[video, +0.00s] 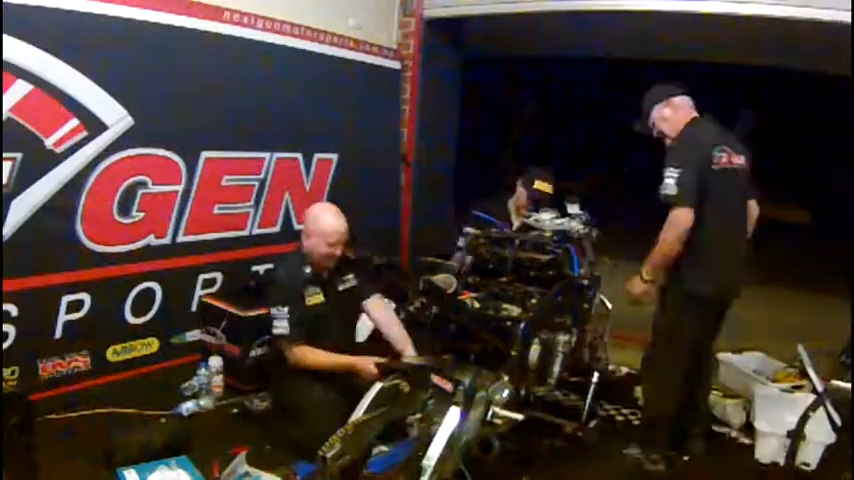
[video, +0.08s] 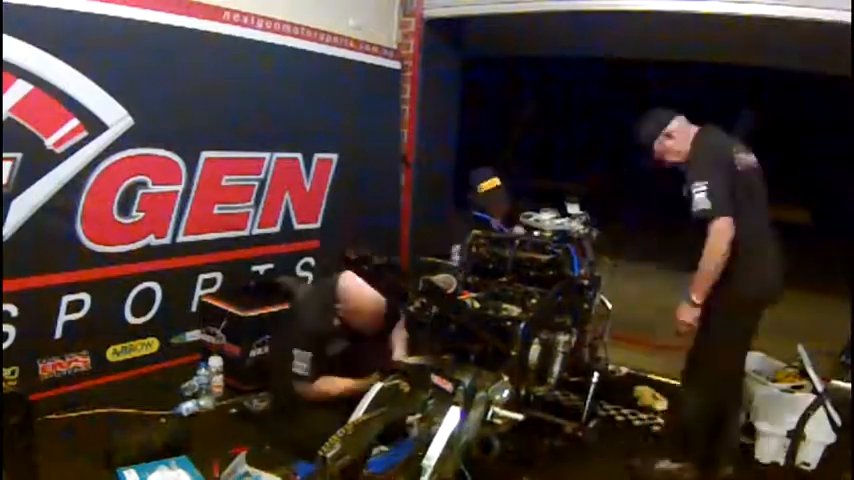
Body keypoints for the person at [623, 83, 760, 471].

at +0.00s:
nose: (660, 136)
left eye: (658, 126)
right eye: (657, 129)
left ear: (671, 109)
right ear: (686, 108)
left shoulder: (687, 144)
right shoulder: (731, 143)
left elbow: (682, 218)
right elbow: (750, 209)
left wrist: (647, 273)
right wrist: (729, 255)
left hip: (692, 277)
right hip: (722, 277)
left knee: (664, 361)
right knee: (696, 358)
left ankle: (655, 449)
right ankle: (689, 440)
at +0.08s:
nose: (668, 162)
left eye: (663, 154)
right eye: (662, 158)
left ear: (672, 135)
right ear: (675, 130)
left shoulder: (705, 155)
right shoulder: (724, 145)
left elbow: (722, 229)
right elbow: (736, 224)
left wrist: (693, 299)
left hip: (738, 284)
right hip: (752, 280)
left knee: (705, 372)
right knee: (723, 371)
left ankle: (695, 459)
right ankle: (716, 457)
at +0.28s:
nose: (624, 276)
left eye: (628, 271)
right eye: (626, 268)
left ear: (641, 282)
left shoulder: (656, 330)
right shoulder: (684, 276)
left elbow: (602, 405)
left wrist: (549, 453)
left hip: (697, 406)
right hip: (716, 383)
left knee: (645, 461)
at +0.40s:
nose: (651, 196)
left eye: (661, 191)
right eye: (655, 190)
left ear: (684, 204)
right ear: (683, 206)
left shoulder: (668, 244)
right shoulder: (691, 246)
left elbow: (621, 308)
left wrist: (588, 267)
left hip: (642, 381)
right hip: (667, 378)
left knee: (623, 458)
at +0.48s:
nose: (675, 260)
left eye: (681, 252)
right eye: (669, 252)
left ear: (701, 242)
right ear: (660, 244)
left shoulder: (716, 283)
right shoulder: (664, 272)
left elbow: (733, 368)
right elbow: (653, 343)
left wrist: (680, 418)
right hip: (652, 406)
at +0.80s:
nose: (648, 222)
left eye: (653, 212)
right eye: (649, 214)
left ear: (678, 210)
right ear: (678, 211)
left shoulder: (691, 251)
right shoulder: (683, 249)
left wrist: (615, 237)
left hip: (659, 396)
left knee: (639, 469)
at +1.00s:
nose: (649, 206)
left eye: (657, 198)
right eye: (652, 198)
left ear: (679, 203)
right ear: (679, 205)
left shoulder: (672, 250)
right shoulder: (692, 245)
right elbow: (656, 293)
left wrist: (598, 264)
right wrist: (614, 261)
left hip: (650, 384)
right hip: (675, 380)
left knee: (621, 460)